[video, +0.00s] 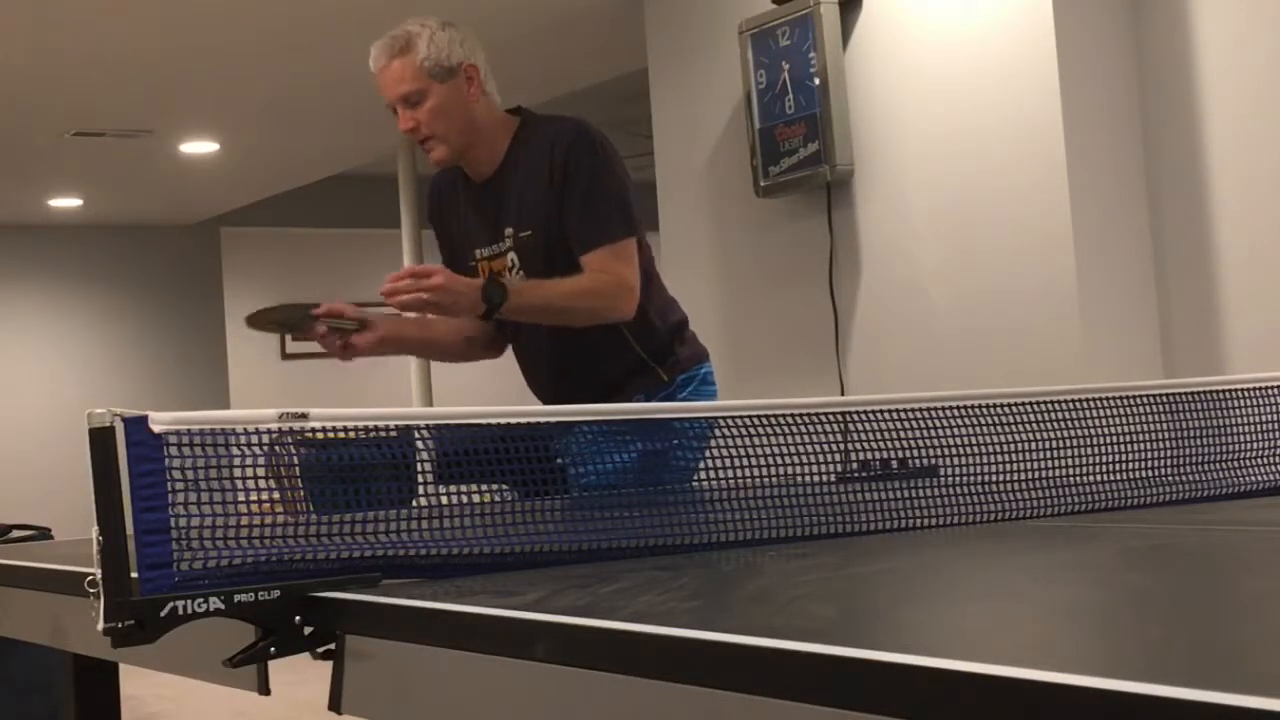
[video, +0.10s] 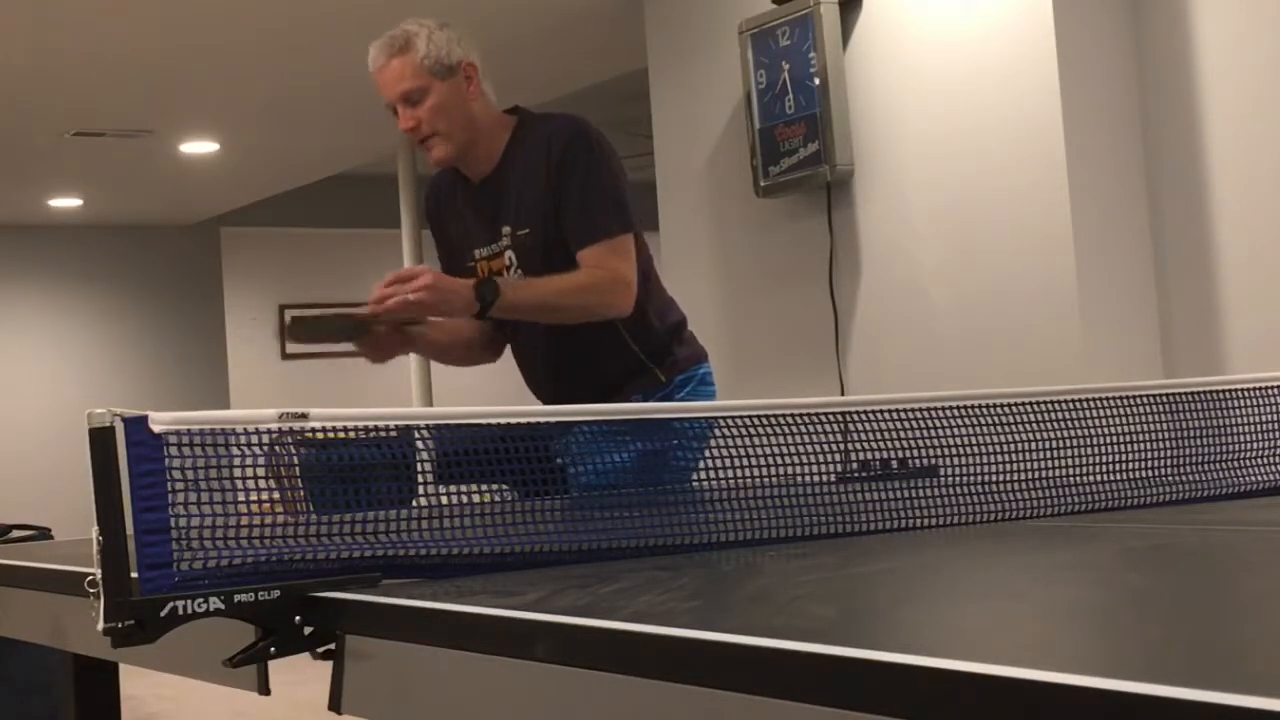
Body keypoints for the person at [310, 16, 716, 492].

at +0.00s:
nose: (405, 125)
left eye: (414, 101)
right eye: (396, 112)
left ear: (470, 82)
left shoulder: (574, 148)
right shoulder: (448, 194)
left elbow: (618, 295)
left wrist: (485, 296)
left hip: (664, 394)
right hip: (578, 413)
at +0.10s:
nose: (407, 124)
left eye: (415, 99)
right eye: (396, 111)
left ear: (468, 79)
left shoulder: (569, 144)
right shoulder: (445, 196)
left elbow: (615, 290)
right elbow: (488, 339)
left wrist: (475, 296)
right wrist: (414, 337)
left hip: (663, 396)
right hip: (577, 415)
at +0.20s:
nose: (407, 123)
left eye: (416, 98)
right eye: (395, 110)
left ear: (468, 78)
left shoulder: (568, 143)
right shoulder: (443, 197)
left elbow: (615, 287)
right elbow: (476, 346)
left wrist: (473, 301)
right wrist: (423, 335)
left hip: (663, 394)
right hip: (577, 415)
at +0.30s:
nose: (407, 123)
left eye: (416, 98)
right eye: (395, 111)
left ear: (468, 79)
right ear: (391, 116)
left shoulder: (569, 144)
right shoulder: (441, 198)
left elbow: (619, 288)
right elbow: (471, 347)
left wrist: (480, 295)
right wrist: (410, 332)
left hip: (664, 394)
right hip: (577, 416)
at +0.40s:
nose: (409, 126)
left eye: (418, 101)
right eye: (396, 114)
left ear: (468, 80)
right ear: (393, 121)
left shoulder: (569, 144)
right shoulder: (442, 197)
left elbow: (621, 290)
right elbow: (471, 346)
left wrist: (482, 292)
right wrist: (403, 328)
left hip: (665, 394)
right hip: (577, 413)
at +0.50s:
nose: (410, 127)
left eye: (420, 101)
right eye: (397, 115)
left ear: (471, 82)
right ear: (393, 121)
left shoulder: (570, 145)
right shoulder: (442, 198)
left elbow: (619, 293)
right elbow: (478, 345)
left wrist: (480, 293)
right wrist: (413, 327)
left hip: (665, 393)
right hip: (578, 414)